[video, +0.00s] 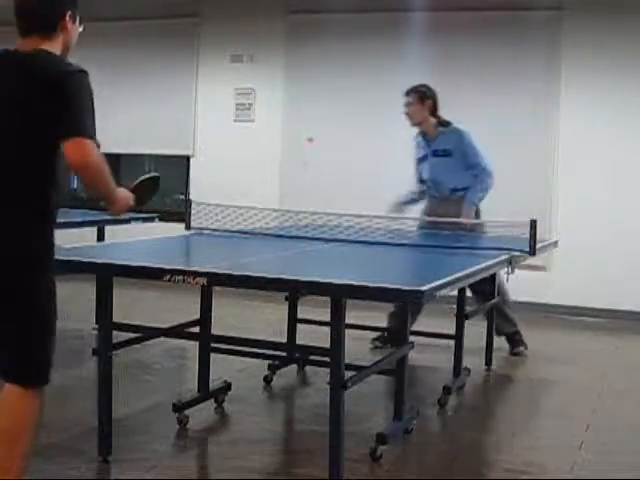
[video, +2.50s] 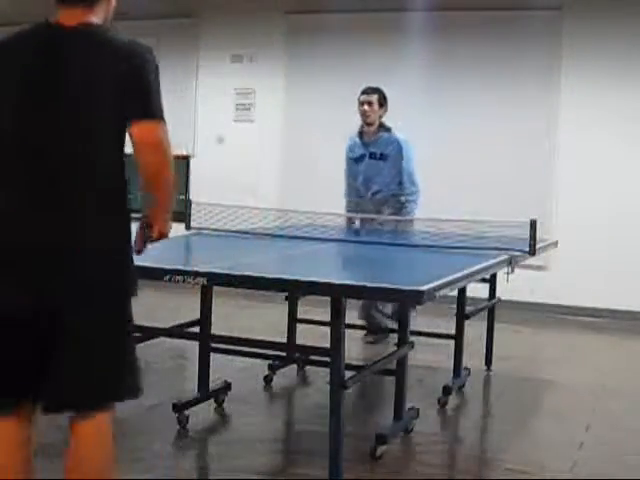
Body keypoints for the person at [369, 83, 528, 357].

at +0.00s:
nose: (406, 111)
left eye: (411, 105)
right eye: (406, 106)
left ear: (428, 106)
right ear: (417, 109)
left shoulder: (457, 137)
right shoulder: (420, 142)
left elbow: (484, 175)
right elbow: (426, 186)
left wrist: (470, 203)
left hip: (462, 207)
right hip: (435, 206)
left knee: (480, 273)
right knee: (418, 267)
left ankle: (512, 333)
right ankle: (396, 331)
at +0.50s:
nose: (393, 95)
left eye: (398, 89)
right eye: (389, 91)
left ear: (412, 90)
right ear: (385, 95)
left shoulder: (432, 125)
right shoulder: (381, 128)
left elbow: (442, 166)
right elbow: (373, 161)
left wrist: (442, 196)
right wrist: (381, 167)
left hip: (424, 195)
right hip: (394, 195)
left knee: (428, 261)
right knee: (391, 261)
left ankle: (434, 332)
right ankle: (393, 332)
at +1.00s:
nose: (400, 95)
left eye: (404, 89)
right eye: (395, 91)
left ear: (414, 93)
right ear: (389, 97)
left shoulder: (431, 128)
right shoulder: (383, 135)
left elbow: (439, 166)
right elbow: (387, 178)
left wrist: (438, 198)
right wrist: (413, 200)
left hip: (430, 201)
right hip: (399, 202)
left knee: (435, 260)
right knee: (393, 262)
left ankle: (439, 323)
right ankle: (385, 327)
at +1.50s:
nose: (420, 99)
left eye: (424, 94)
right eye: (415, 95)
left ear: (434, 98)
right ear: (409, 101)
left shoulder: (448, 131)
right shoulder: (408, 136)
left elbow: (473, 161)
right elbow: (402, 173)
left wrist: (479, 189)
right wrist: (395, 202)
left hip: (444, 203)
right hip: (415, 203)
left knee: (443, 259)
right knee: (405, 256)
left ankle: (442, 316)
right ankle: (395, 313)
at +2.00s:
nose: (396, 104)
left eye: (400, 98)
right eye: (391, 100)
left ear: (411, 101)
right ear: (388, 105)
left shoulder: (428, 132)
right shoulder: (395, 138)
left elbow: (442, 172)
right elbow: (390, 177)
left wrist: (445, 212)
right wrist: (386, 211)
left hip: (424, 193)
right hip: (402, 194)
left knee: (425, 250)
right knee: (403, 249)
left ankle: (430, 310)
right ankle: (406, 305)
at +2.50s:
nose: (365, 109)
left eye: (370, 104)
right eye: (362, 104)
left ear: (382, 109)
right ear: (358, 109)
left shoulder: (396, 144)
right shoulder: (353, 146)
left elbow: (410, 186)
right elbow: (350, 188)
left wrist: (405, 220)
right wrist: (350, 220)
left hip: (392, 216)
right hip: (363, 217)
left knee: (389, 267)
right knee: (363, 268)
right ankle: (375, 322)